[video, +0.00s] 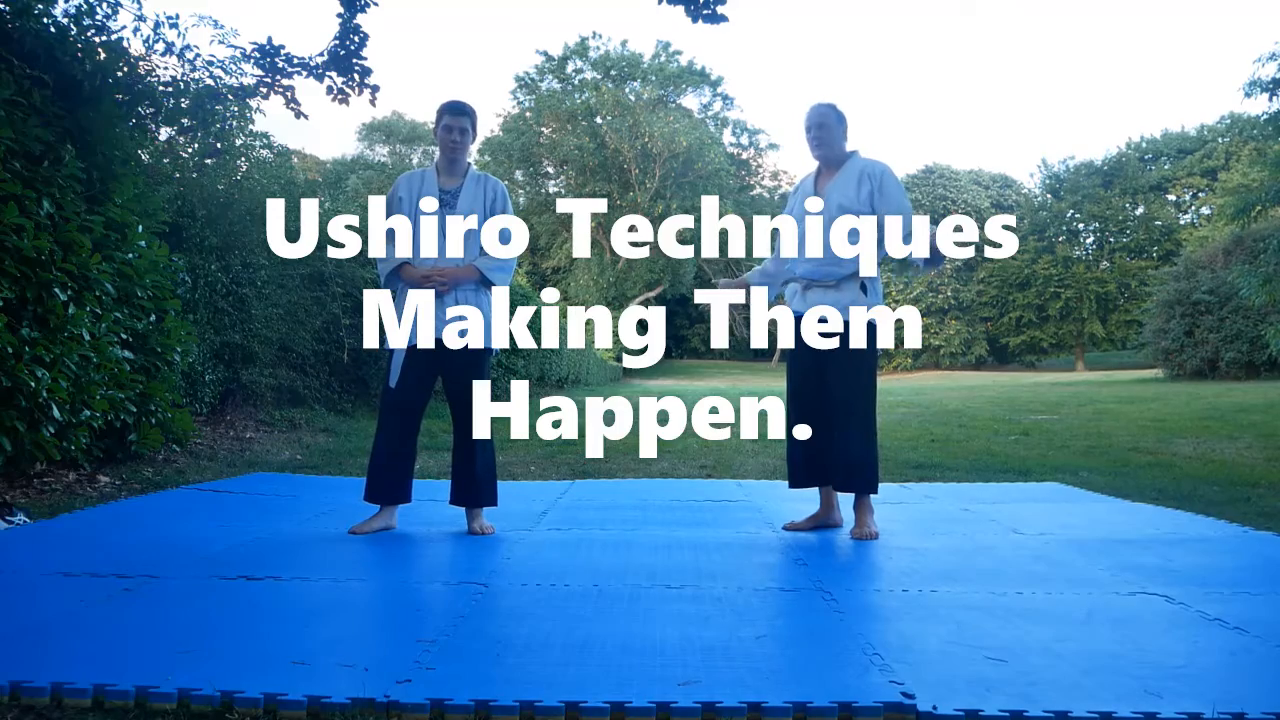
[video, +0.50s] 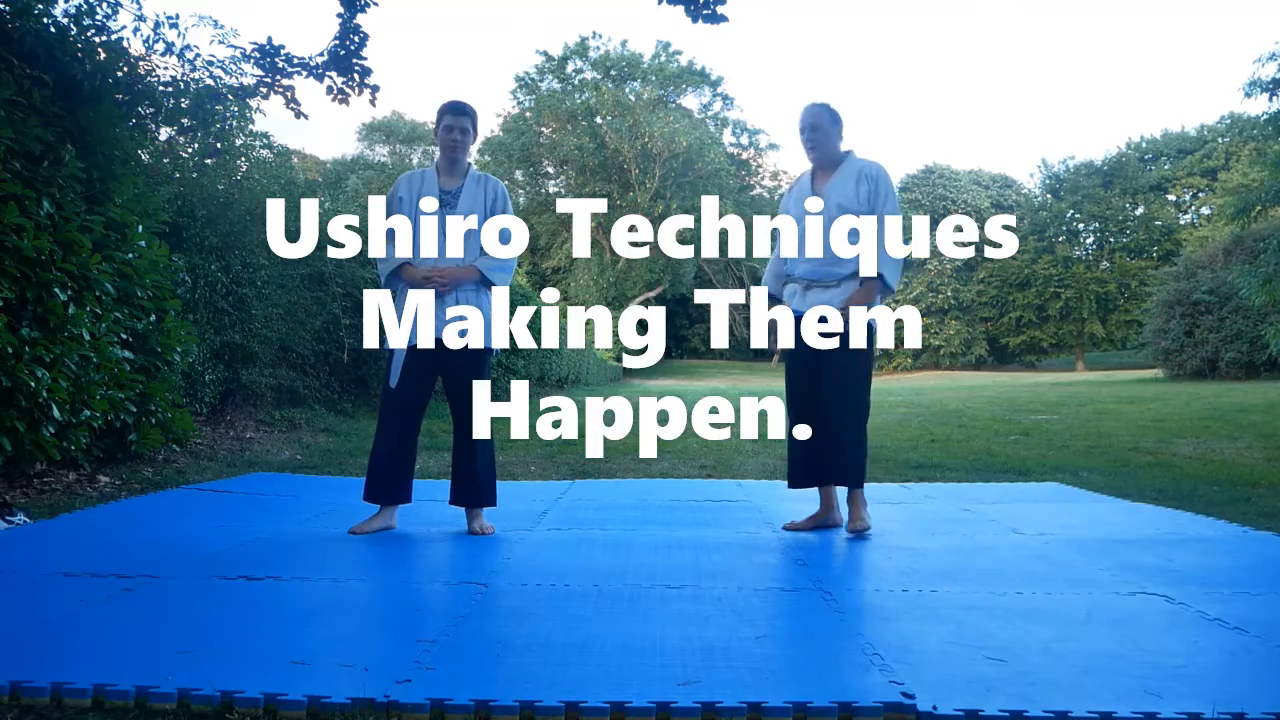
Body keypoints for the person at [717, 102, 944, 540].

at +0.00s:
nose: (814, 136)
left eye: (822, 128)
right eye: (809, 130)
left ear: (844, 131)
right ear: (805, 137)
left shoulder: (873, 174)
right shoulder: (800, 190)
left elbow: (905, 238)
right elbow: (783, 257)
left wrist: (928, 252)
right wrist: (745, 283)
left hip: (854, 309)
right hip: (806, 311)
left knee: (854, 408)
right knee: (812, 408)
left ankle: (864, 509)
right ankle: (827, 507)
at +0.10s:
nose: (815, 137)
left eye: (823, 129)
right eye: (809, 131)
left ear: (844, 131)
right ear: (804, 138)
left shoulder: (871, 174)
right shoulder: (798, 192)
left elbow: (901, 229)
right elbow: (781, 254)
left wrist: (926, 259)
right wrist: (749, 288)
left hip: (854, 308)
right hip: (806, 309)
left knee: (853, 407)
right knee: (812, 407)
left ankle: (863, 509)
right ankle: (828, 506)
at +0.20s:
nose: (814, 136)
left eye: (822, 128)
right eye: (809, 131)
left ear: (843, 132)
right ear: (804, 138)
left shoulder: (871, 174)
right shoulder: (798, 191)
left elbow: (896, 231)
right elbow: (777, 257)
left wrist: (907, 278)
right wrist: (753, 306)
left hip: (854, 308)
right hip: (804, 310)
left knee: (854, 407)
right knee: (811, 408)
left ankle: (863, 509)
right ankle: (827, 507)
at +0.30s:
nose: (813, 135)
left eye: (821, 128)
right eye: (808, 130)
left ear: (842, 132)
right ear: (803, 138)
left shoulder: (871, 175)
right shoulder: (797, 190)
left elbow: (892, 239)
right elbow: (779, 256)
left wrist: (878, 295)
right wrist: (772, 303)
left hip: (853, 305)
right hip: (803, 308)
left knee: (854, 406)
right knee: (811, 407)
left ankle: (864, 508)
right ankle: (827, 506)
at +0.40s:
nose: (810, 137)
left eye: (818, 129)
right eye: (806, 132)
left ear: (840, 132)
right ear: (800, 138)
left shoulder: (870, 175)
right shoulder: (796, 192)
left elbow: (889, 242)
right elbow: (781, 253)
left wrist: (860, 294)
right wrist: (776, 298)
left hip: (851, 305)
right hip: (802, 307)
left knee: (850, 406)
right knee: (811, 406)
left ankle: (862, 506)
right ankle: (827, 506)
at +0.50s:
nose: (808, 138)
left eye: (815, 130)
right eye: (803, 132)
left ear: (839, 132)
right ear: (798, 138)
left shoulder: (868, 175)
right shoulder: (795, 193)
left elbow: (890, 240)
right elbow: (780, 256)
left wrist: (865, 293)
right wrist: (771, 301)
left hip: (850, 306)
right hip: (800, 309)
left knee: (847, 406)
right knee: (810, 408)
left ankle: (856, 502)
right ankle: (827, 506)